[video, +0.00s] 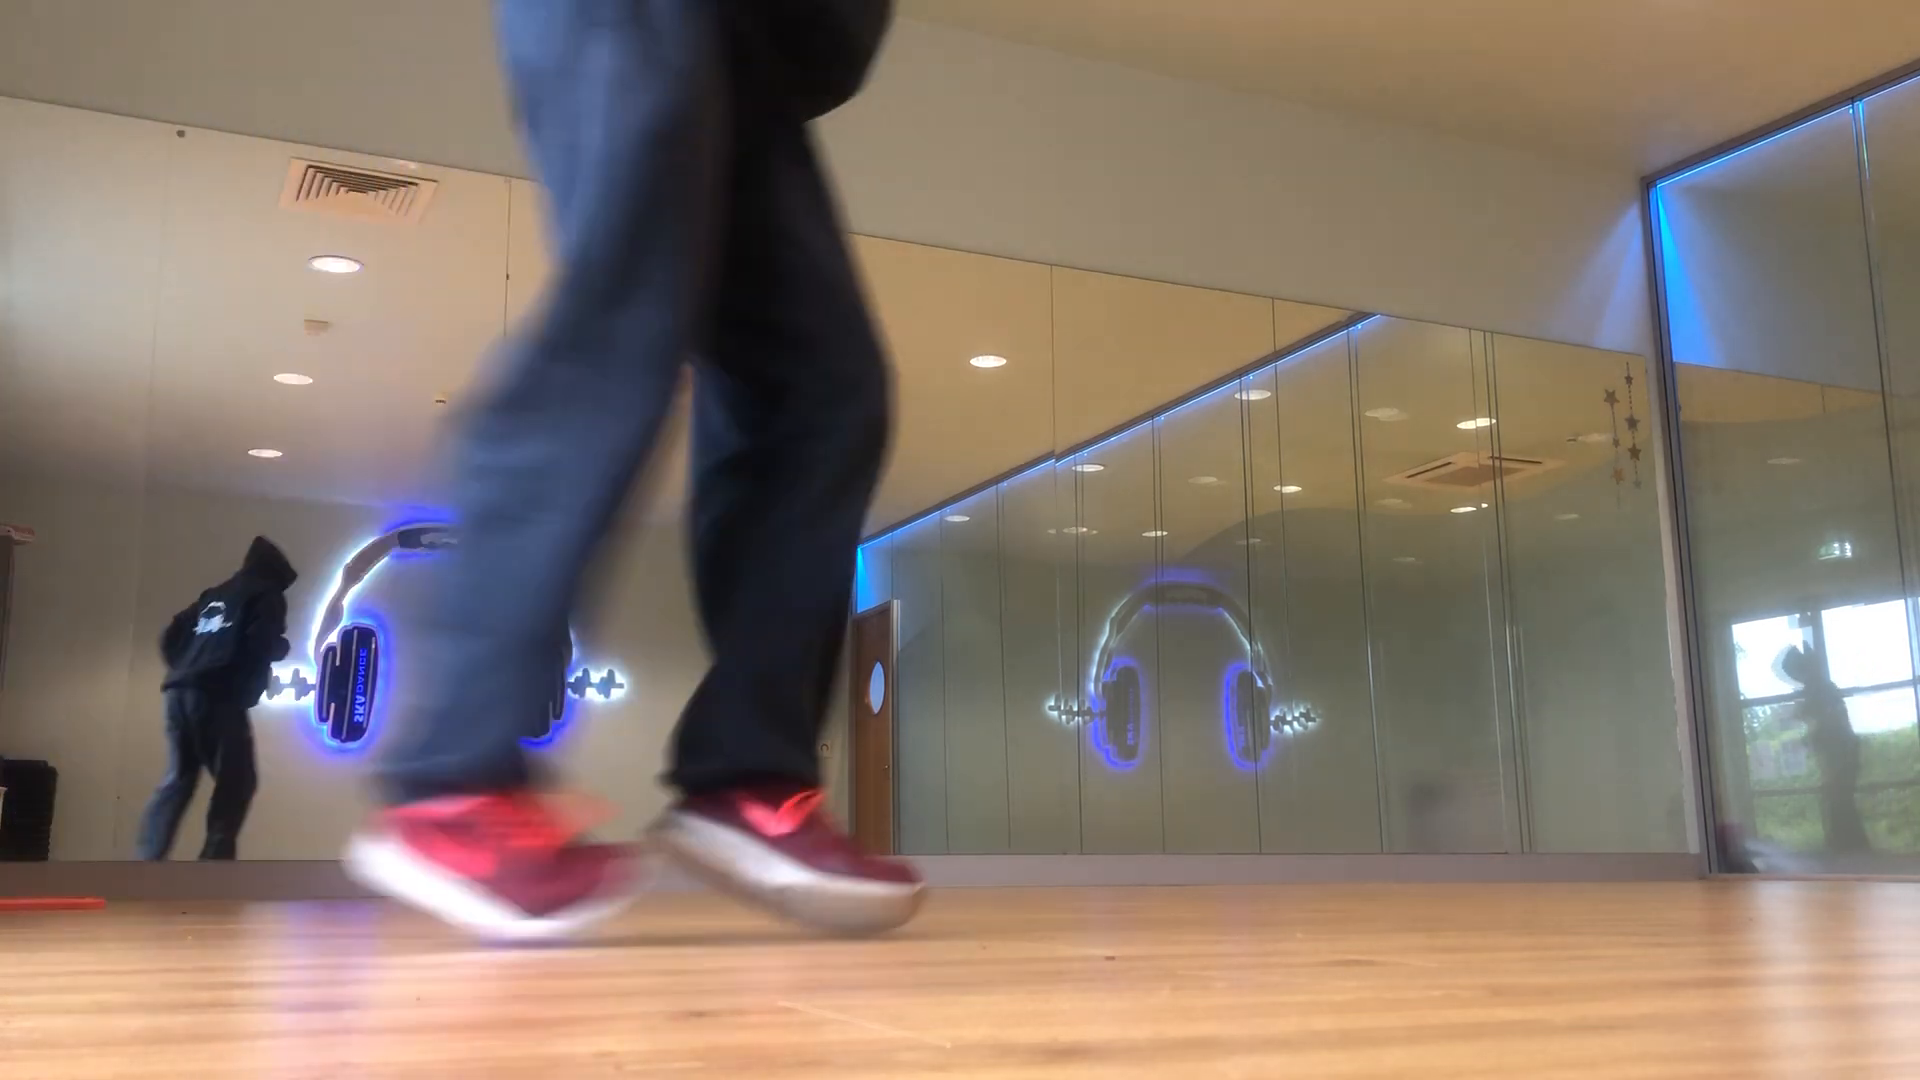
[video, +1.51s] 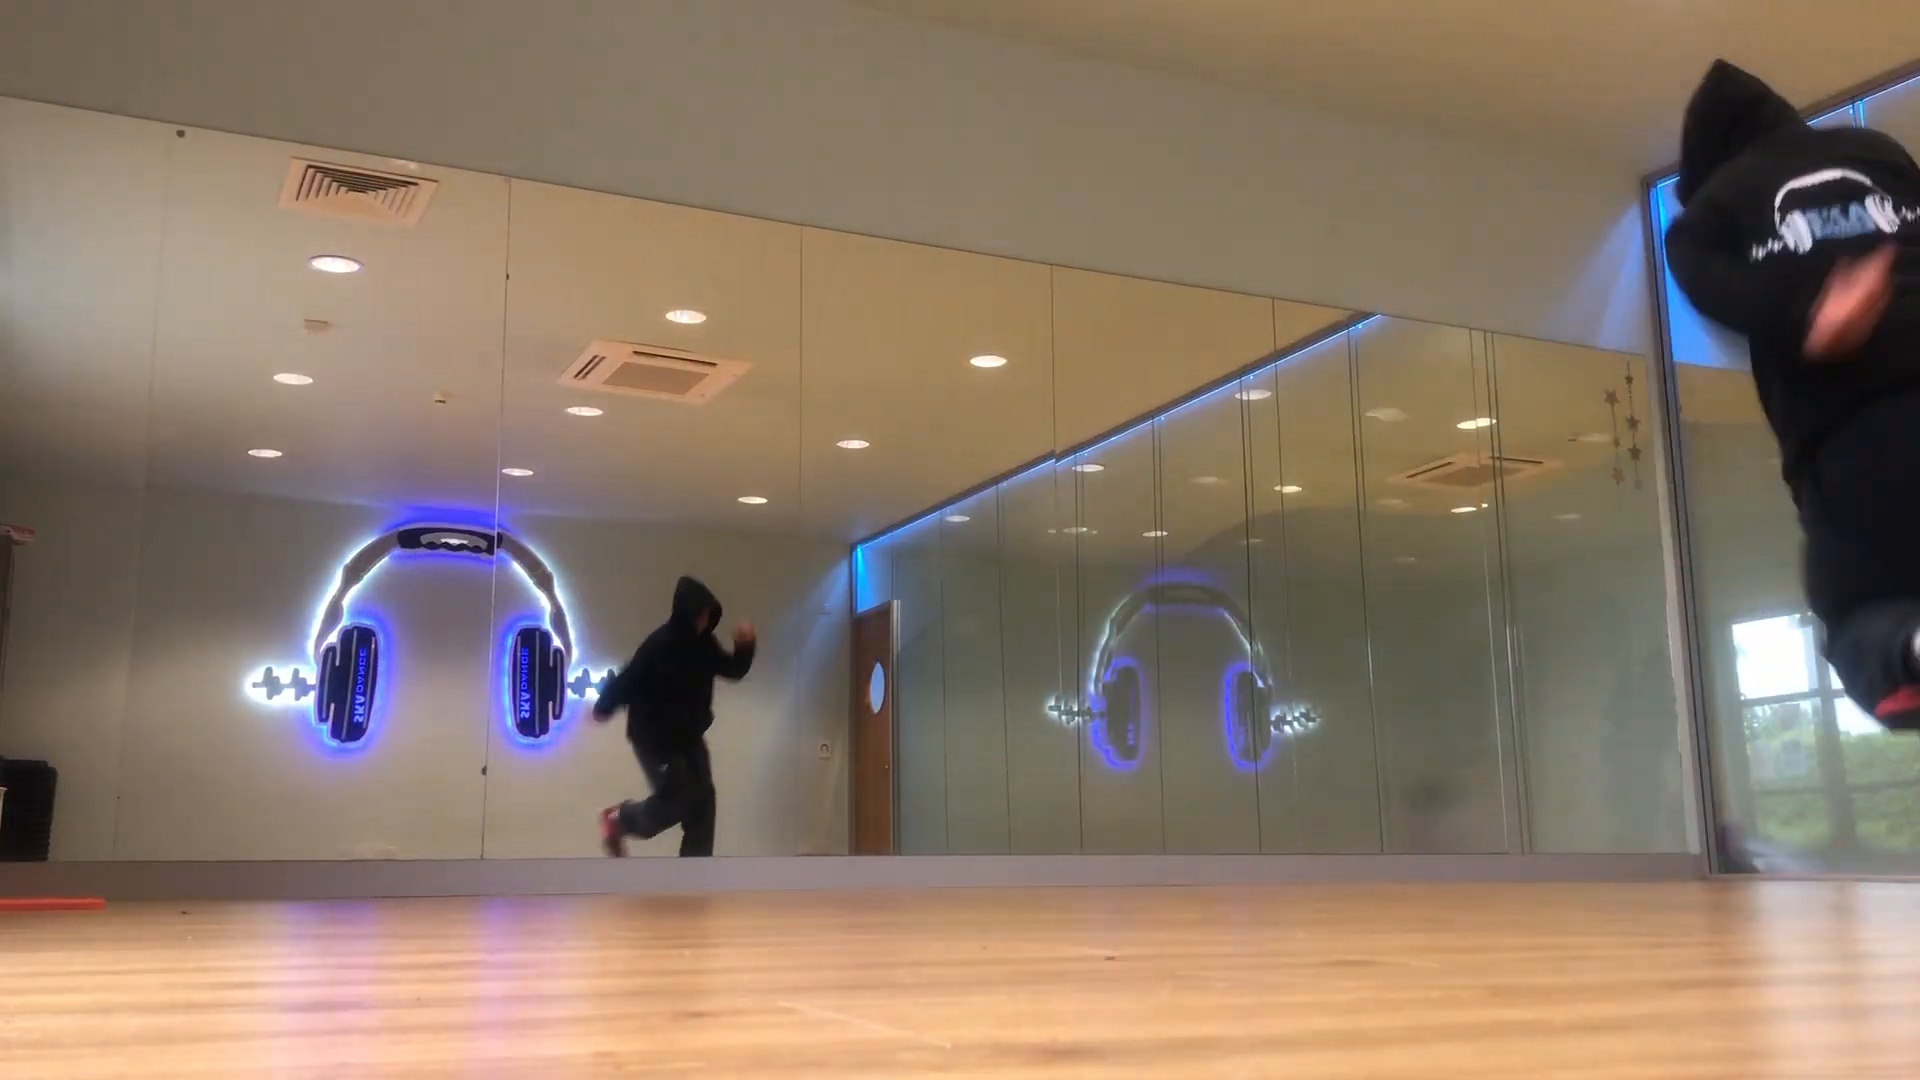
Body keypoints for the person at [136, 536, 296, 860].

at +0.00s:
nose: (284, 586)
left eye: (284, 580)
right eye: (283, 579)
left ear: (250, 565)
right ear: (276, 572)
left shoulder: (217, 592)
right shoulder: (268, 595)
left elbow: (174, 631)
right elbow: (263, 644)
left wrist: (186, 672)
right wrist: (283, 646)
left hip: (177, 693)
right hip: (219, 695)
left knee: (180, 777)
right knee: (238, 779)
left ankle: (148, 856)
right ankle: (216, 862)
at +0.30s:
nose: (378, 602)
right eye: (378, 596)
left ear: (346, 584)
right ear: (372, 593)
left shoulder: (308, 617)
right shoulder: (360, 616)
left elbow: (292, 669)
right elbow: (363, 671)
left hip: (283, 716)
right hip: (323, 717)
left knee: (272, 797)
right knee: (354, 793)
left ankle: (211, 862)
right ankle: (363, 874)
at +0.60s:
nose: (470, 577)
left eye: (470, 571)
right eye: (468, 570)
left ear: (433, 562)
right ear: (458, 567)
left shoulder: (406, 596)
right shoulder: (449, 593)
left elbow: (378, 648)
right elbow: (487, 623)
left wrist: (377, 696)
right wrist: (526, 645)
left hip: (398, 697)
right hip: (418, 699)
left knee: (448, 773)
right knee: (408, 771)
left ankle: (443, 848)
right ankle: (364, 849)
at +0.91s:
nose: (577, 639)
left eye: (579, 632)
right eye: (577, 631)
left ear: (551, 617)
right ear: (568, 625)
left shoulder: (548, 652)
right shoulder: (540, 641)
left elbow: (550, 697)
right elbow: (497, 649)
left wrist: (583, 674)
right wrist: (468, 681)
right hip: (506, 739)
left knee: (548, 807)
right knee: (555, 800)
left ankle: (553, 881)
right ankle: (488, 839)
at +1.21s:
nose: (630, 611)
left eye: (632, 605)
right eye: (630, 603)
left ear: (603, 592)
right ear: (619, 597)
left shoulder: (575, 623)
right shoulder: (606, 626)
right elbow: (611, 669)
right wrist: (629, 633)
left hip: (571, 722)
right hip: (605, 721)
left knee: (563, 797)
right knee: (647, 783)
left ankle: (540, 860)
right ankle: (664, 855)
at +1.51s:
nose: (705, 620)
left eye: (708, 615)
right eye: (702, 614)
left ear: (709, 616)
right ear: (688, 613)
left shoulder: (704, 644)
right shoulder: (662, 643)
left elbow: (733, 671)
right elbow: (630, 678)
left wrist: (744, 648)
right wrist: (603, 707)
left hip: (689, 736)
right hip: (652, 737)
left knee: (702, 802)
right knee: (676, 800)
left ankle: (694, 875)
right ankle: (618, 821)